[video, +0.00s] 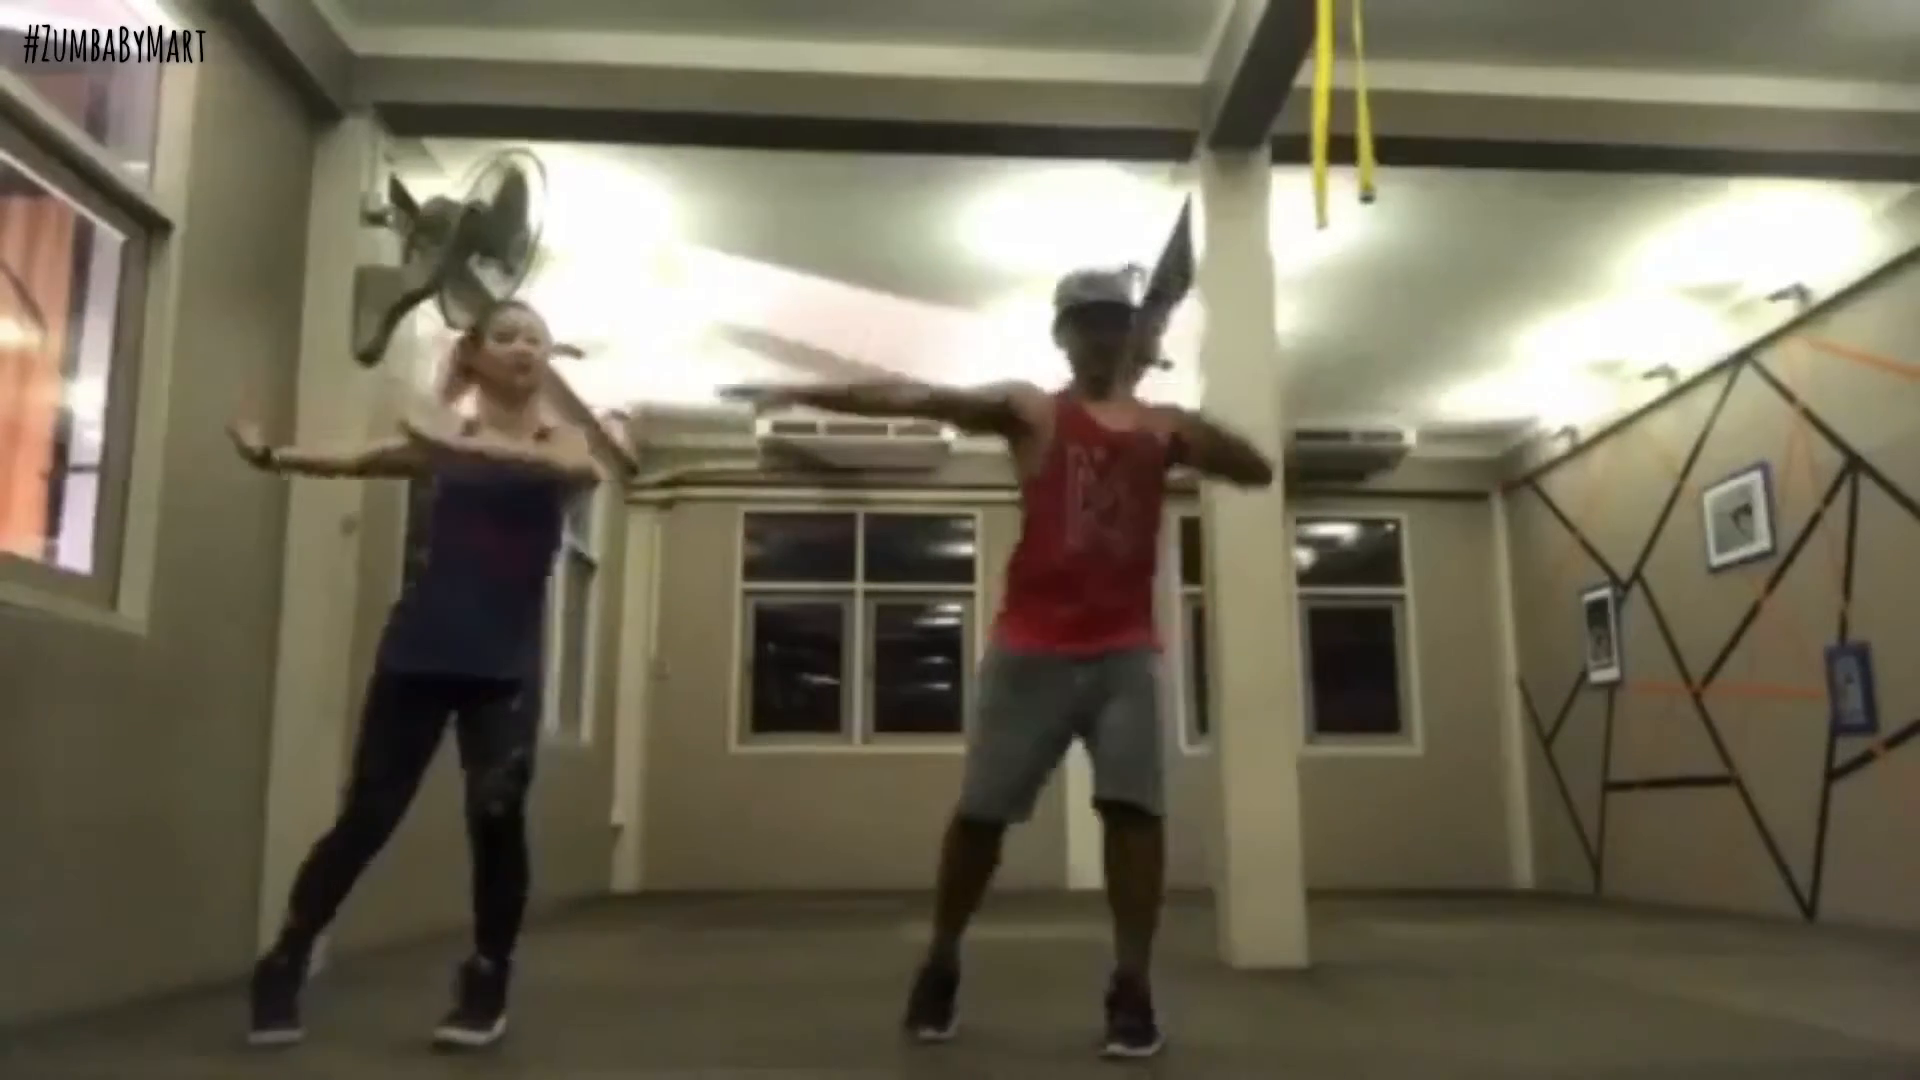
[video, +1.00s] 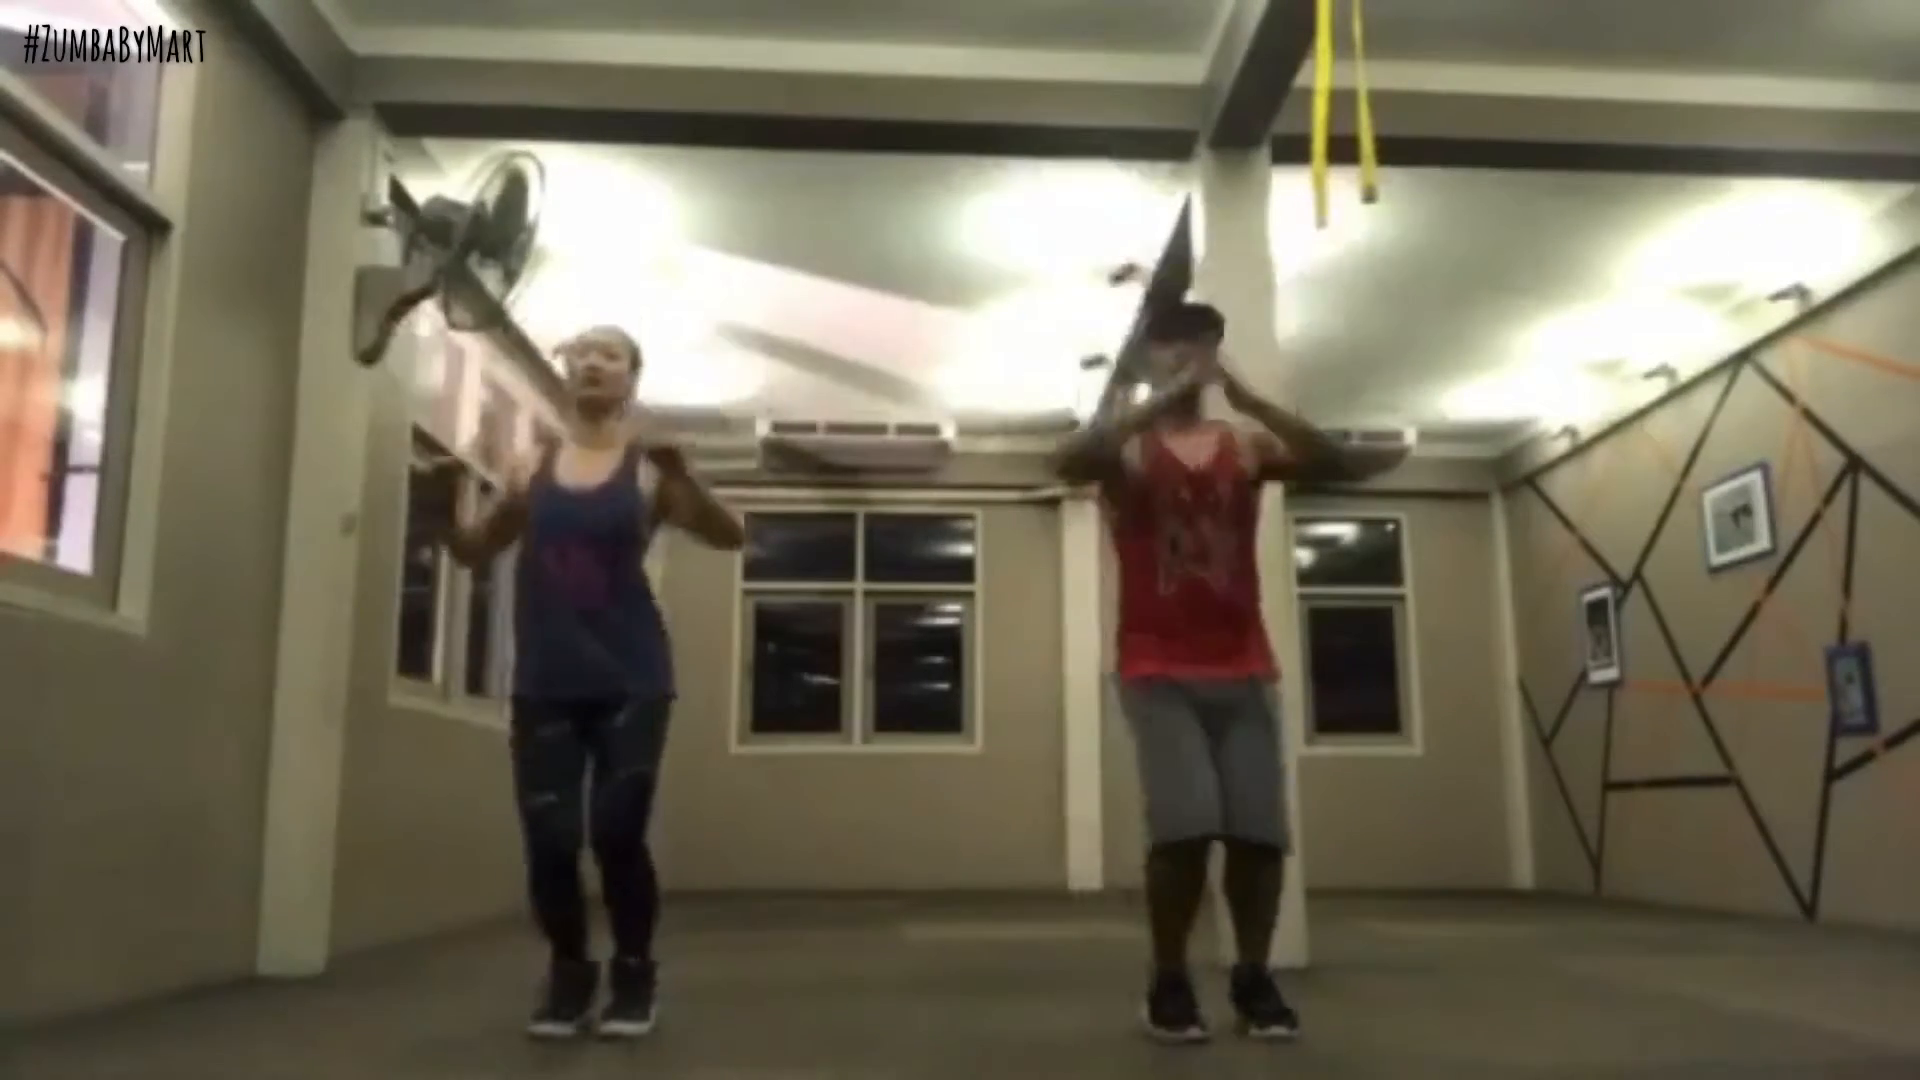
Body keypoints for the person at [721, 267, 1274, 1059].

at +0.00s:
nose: (1103, 343)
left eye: (1117, 328)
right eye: (1090, 327)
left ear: (1142, 339)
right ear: (1065, 336)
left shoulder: (1162, 430)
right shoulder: (1029, 410)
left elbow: (1255, 470)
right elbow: (911, 398)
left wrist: (1188, 432)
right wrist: (798, 394)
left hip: (1124, 651)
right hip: (1030, 650)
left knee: (1134, 814)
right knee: (982, 814)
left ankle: (1132, 987)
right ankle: (941, 966)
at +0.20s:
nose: (1088, 332)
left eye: (1102, 318)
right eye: (1074, 316)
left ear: (1118, 327)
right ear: (1049, 321)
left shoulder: (1139, 413)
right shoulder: (1009, 396)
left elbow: (1247, 435)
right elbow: (905, 368)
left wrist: (1220, 370)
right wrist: (826, 320)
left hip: (1109, 629)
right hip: (1013, 633)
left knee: (1136, 781)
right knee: (981, 806)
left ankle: (1146, 966)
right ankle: (947, 970)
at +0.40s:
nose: (1109, 338)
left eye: (1127, 324)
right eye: (1097, 322)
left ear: (1150, 334)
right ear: (1073, 327)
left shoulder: (1165, 409)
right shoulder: (1028, 394)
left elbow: (1277, 427)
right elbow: (918, 389)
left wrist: (1380, 400)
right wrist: (944, 314)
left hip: (1146, 633)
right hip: (1051, 637)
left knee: (1193, 794)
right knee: (1010, 807)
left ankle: (1242, 936)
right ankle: (950, 968)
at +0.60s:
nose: (1154, 324)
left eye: (1166, 310)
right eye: (1139, 307)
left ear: (1181, 321)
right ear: (1112, 317)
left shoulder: (1215, 409)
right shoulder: (1075, 411)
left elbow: (1318, 419)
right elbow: (964, 403)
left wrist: (1390, 411)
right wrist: (943, 331)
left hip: (1214, 648)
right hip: (1119, 654)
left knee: (1251, 819)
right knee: (1061, 818)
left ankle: (1274, 977)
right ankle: (985, 974)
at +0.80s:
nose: (1176, 301)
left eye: (1188, 290)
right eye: (1162, 286)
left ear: (1200, 303)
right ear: (1129, 300)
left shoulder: (1224, 372)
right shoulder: (1112, 381)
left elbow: (1327, 323)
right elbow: (1088, 366)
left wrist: (1412, 249)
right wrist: (1076, 305)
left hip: (1222, 612)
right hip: (1137, 616)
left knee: (1252, 781)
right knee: (1141, 785)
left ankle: (1265, 956)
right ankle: (1135, 959)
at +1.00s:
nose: (1184, 361)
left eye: (1195, 348)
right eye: (1169, 348)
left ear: (1214, 358)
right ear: (1146, 360)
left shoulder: (1245, 444)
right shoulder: (1127, 447)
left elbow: (1327, 458)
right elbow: (1073, 461)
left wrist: (1248, 398)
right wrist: (1159, 398)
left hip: (1240, 667)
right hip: (1156, 669)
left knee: (1259, 828)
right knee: (1187, 822)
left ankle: (1253, 978)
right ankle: (1170, 981)